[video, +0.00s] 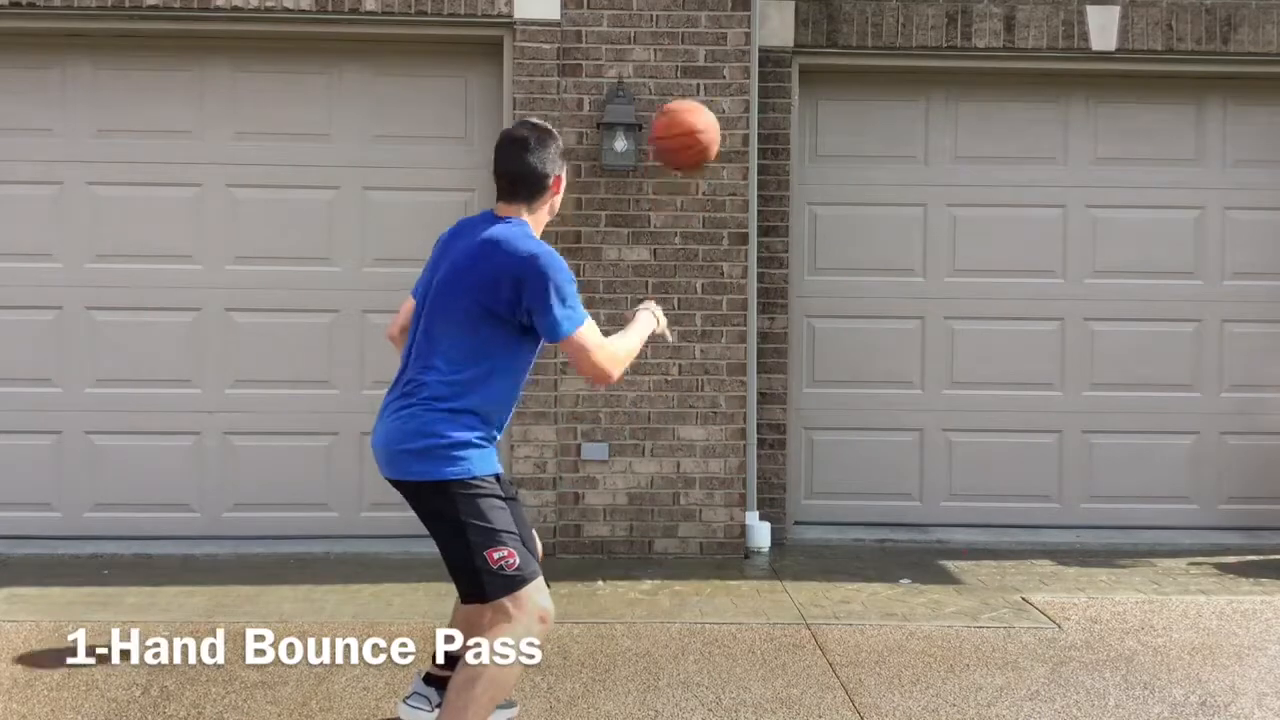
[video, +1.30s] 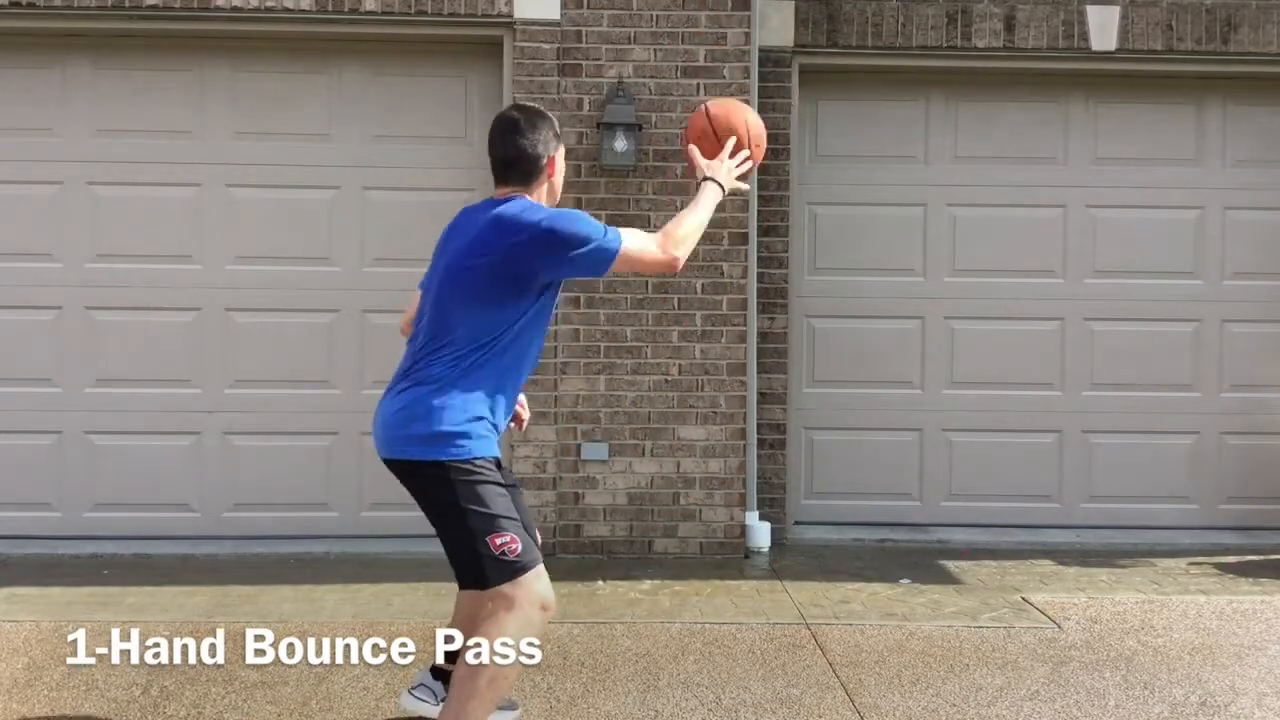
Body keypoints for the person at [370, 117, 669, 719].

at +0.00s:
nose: (565, 188)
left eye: (564, 179)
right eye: (565, 180)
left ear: (496, 180)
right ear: (557, 188)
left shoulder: (459, 236)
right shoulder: (536, 261)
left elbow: (401, 329)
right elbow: (603, 367)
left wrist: (450, 385)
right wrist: (644, 322)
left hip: (409, 437)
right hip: (448, 448)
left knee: (523, 548)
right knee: (528, 615)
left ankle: (438, 687)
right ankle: (459, 712)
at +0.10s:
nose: (558, 162)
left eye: (554, 151)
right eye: (556, 152)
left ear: (490, 159)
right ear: (545, 162)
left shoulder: (460, 219)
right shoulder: (535, 231)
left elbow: (410, 317)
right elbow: (649, 278)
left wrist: (481, 400)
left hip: (422, 428)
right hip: (452, 437)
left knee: (486, 580)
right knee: (516, 608)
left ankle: (434, 690)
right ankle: (455, 712)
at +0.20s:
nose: (557, 138)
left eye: (554, 129)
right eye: (554, 128)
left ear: (486, 137)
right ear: (542, 136)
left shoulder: (463, 196)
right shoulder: (529, 193)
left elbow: (418, 298)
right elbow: (662, 196)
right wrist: (706, 119)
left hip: (426, 412)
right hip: (454, 419)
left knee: (488, 581)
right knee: (503, 596)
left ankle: (441, 687)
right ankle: (452, 713)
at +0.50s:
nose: (578, 170)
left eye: (576, 159)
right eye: (578, 159)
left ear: (511, 160)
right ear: (567, 165)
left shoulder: (486, 212)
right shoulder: (515, 218)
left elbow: (421, 268)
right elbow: (617, 273)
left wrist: (414, 345)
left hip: (445, 416)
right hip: (437, 417)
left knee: (513, 541)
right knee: (498, 591)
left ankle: (443, 680)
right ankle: (449, 709)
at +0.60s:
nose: (585, 209)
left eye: (586, 197)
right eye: (587, 198)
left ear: (520, 185)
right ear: (577, 203)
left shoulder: (483, 235)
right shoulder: (515, 264)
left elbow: (405, 283)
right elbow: (578, 387)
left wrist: (399, 351)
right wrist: (650, 333)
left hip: (425, 428)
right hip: (436, 438)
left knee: (524, 542)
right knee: (512, 603)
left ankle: (441, 682)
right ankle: (453, 710)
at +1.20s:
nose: (561, 184)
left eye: (556, 175)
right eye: (561, 175)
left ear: (494, 180)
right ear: (552, 184)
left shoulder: (459, 237)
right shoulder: (542, 257)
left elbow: (408, 334)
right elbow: (632, 343)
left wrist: (489, 401)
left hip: (405, 433)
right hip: (446, 441)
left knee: (509, 559)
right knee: (527, 609)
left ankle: (437, 688)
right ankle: (460, 713)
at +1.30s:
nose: (566, 168)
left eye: (564, 159)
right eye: (564, 159)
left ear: (495, 166)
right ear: (553, 166)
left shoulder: (468, 221)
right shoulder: (541, 226)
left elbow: (414, 322)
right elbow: (667, 251)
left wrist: (497, 388)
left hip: (415, 424)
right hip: (448, 430)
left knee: (495, 569)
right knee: (530, 602)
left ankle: (445, 680)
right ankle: (461, 714)